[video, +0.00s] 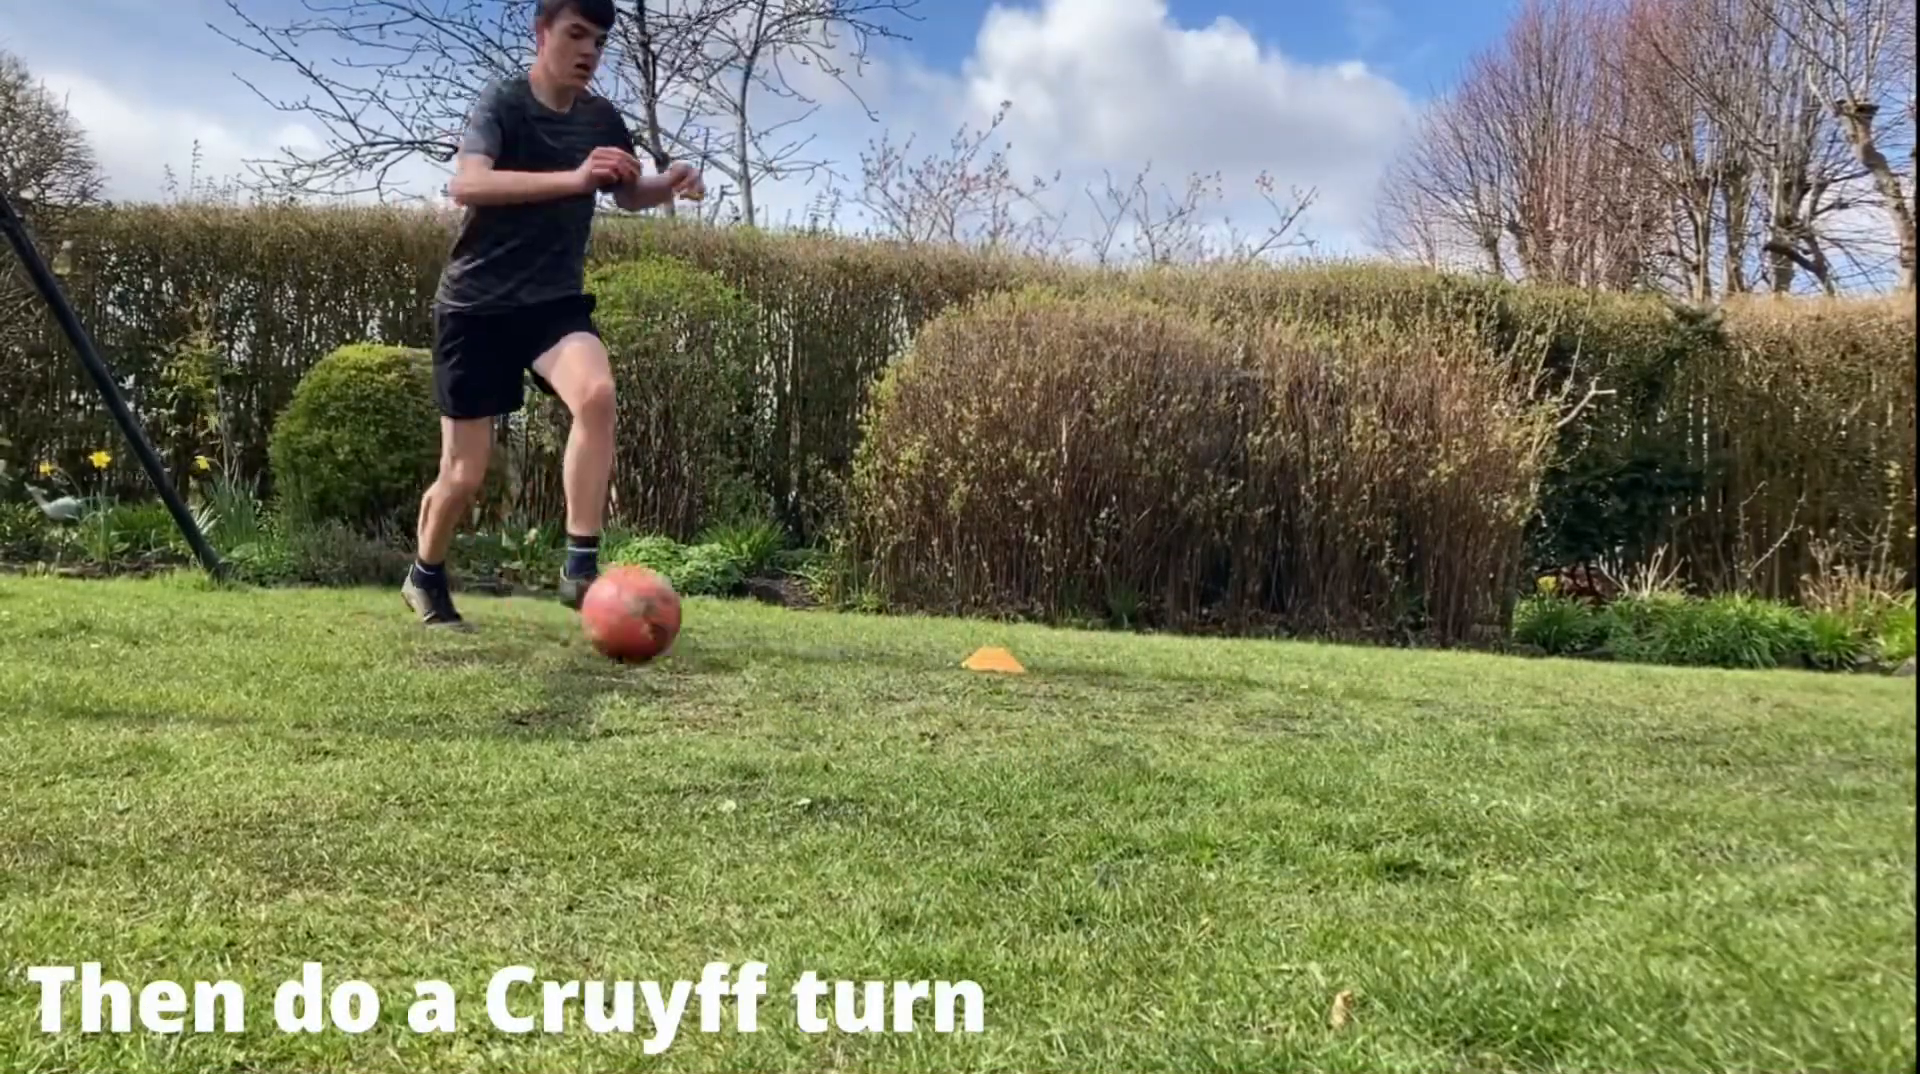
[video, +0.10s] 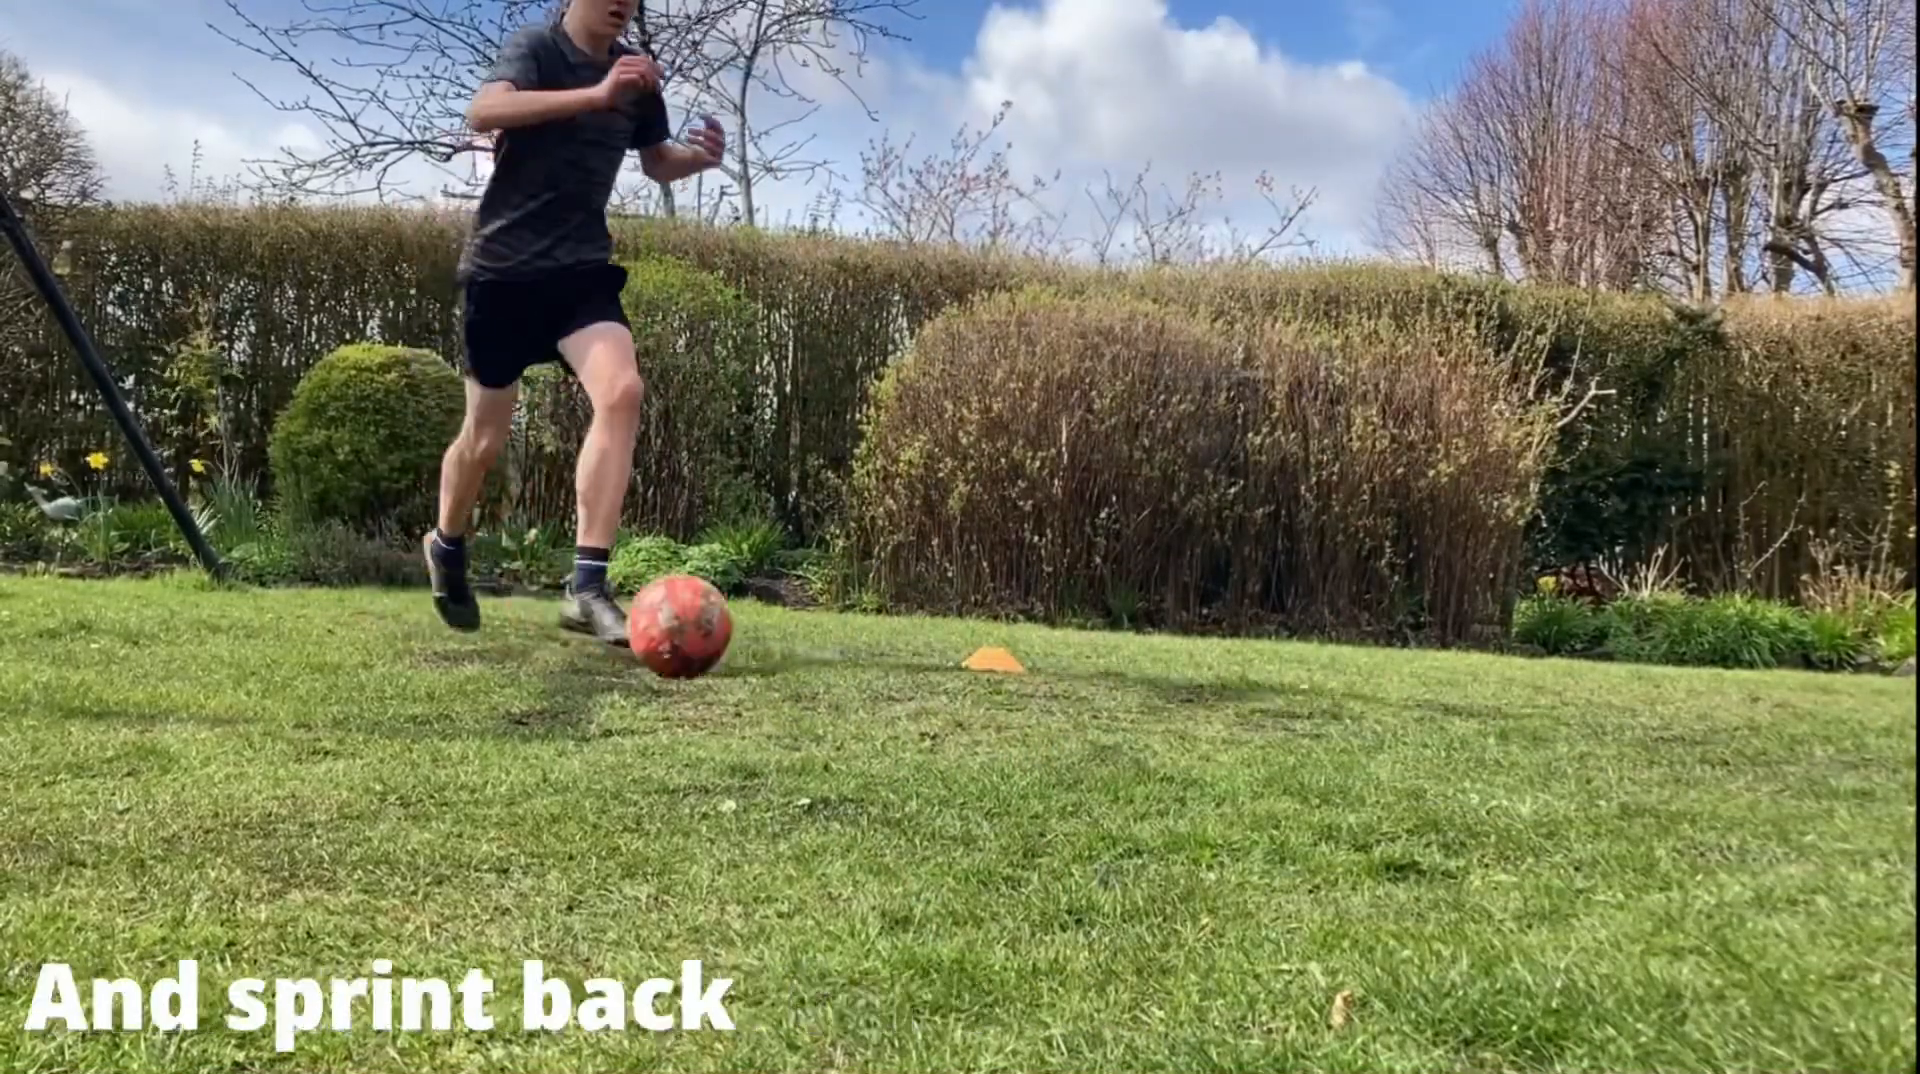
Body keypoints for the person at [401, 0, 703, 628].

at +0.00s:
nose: (589, 53)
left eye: (599, 43)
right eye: (577, 37)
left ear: (604, 50)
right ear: (541, 34)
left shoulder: (603, 119)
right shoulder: (500, 105)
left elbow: (626, 195)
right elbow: (467, 183)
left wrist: (665, 184)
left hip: (555, 306)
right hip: (475, 308)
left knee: (597, 393)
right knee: (463, 479)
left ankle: (581, 568)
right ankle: (425, 575)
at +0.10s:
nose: (624, 6)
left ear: (634, 7)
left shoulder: (634, 69)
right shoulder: (536, 47)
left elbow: (659, 164)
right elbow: (483, 109)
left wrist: (701, 156)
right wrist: (597, 96)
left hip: (581, 271)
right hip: (502, 269)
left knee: (621, 391)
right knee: (483, 443)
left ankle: (588, 586)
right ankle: (446, 549)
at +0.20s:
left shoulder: (671, 61)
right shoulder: (559, 27)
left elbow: (694, 174)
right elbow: (466, 112)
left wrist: (742, 162)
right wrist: (561, 89)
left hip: (621, 268)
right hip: (534, 262)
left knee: (629, 442)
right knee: (536, 469)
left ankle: (552, 619)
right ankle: (473, 524)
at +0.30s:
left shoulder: (720, 61)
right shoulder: (586, 29)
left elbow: (762, 186)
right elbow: (454, 118)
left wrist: (803, 143)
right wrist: (496, 106)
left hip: (662, 285)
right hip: (575, 275)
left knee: (640, 478)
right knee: (618, 466)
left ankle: (557, 613)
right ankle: (513, 546)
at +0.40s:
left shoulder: (773, 9)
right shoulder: (604, 4)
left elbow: (823, 132)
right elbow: (522, 49)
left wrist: (850, 101)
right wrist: (506, 77)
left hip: (712, 239)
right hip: (623, 218)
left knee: (652, 445)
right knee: (696, 389)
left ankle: (572, 588)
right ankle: (620, 618)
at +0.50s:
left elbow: (868, 55)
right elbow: (582, 15)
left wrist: (890, 97)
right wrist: (569, 55)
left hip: (785, 202)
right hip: (687, 182)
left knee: (701, 430)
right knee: (751, 391)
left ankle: (628, 549)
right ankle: (755, 655)